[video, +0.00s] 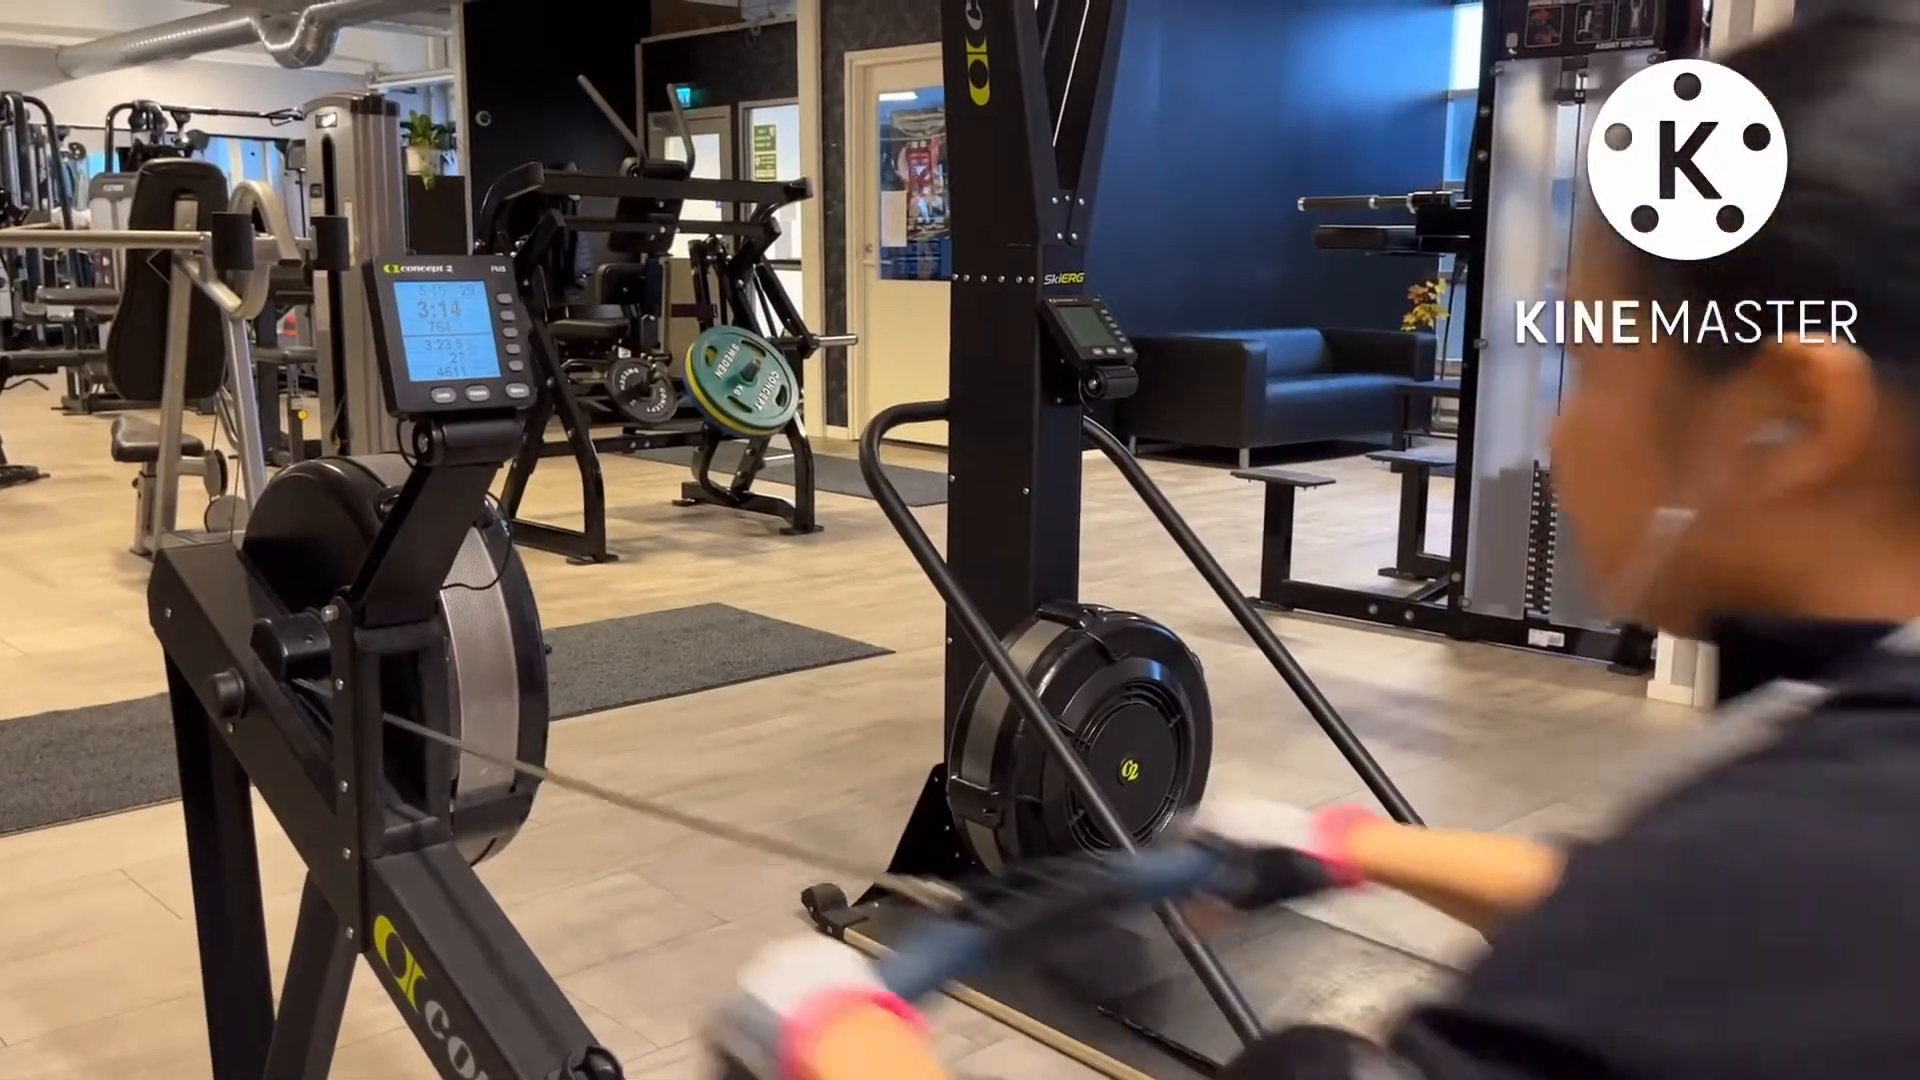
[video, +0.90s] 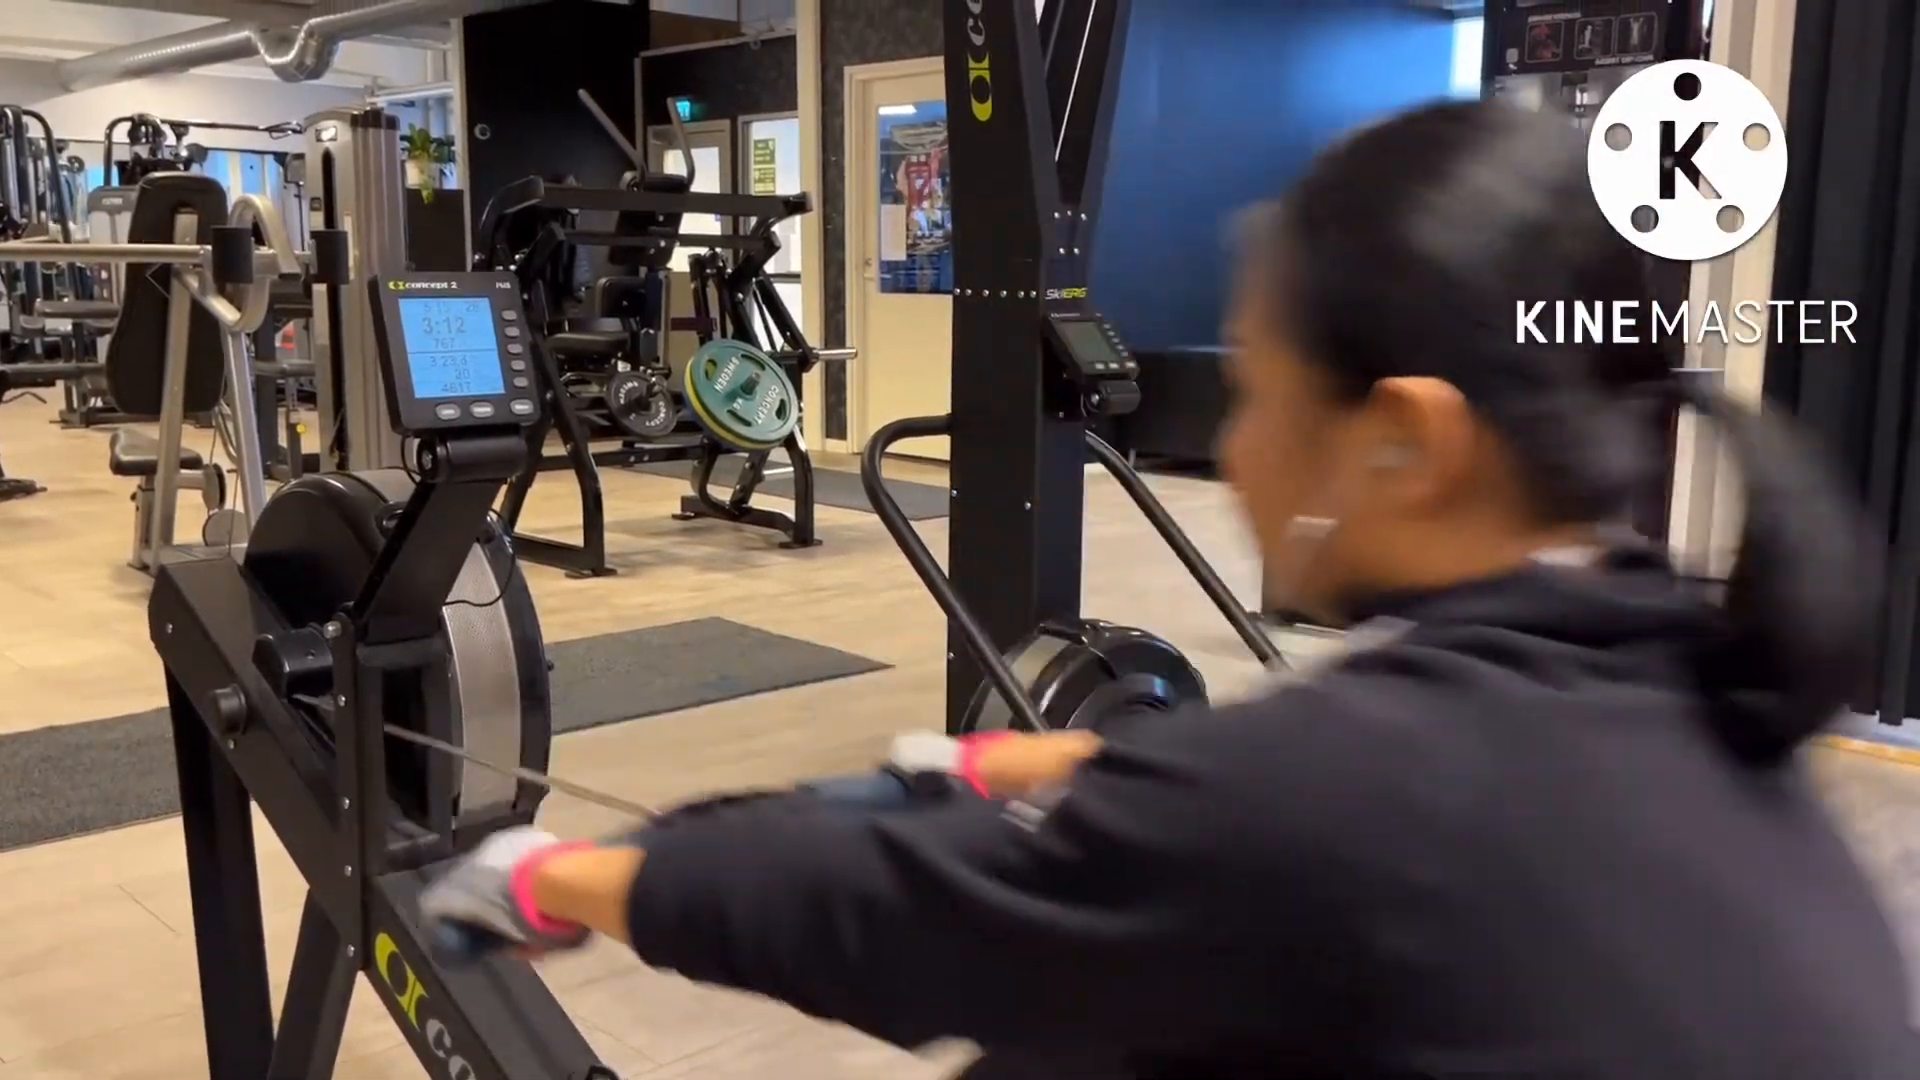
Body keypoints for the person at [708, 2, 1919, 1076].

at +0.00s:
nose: (1555, 428)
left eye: (1592, 349)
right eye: (1574, 350)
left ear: (1799, 422)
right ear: (1804, 430)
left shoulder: (1724, 904)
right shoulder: (1863, 739)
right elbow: (1732, 895)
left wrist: (886, 1071)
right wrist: (1380, 851)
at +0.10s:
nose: (1393, 420)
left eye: (1420, 363)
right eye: (1406, 361)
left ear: (1589, 416)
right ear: (1816, 394)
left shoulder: (1581, 818)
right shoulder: (1867, 673)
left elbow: (1078, 1061)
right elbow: (1605, 783)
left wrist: (738, 973)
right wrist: (1285, 792)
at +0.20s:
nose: (1242, 402)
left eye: (1268, 355)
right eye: (1255, 349)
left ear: (1406, 418)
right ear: (1624, 407)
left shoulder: (1350, 778)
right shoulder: (1725, 678)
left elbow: (904, 1000)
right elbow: (1487, 727)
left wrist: (622, 901)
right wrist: (1199, 745)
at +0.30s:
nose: (1114, 404)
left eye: (1138, 361)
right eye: (1128, 355)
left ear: (1259, 415)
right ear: (1464, 388)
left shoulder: (1179, 742)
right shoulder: (1545, 622)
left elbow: (787, 924)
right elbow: (1288, 694)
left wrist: (520, 842)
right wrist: (1027, 714)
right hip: (1694, 1040)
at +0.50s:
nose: (958, 400)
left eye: (976, 363)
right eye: (970, 359)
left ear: (1072, 423)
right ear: (1266, 393)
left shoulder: (996, 677)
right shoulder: (1357, 589)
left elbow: (659, 794)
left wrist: (427, 775)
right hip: (1535, 1045)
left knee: (854, 971)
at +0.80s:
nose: (1068, 435)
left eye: (1089, 393)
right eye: (1075, 389)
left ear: (1217, 439)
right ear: (1401, 421)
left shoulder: (1140, 720)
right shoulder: (1509, 626)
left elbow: (806, 814)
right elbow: (1270, 689)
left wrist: (524, 809)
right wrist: (994, 692)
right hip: (1678, 1042)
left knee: (944, 1029)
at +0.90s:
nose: (1228, 455)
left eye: (1253, 403)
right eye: (1234, 401)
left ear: (1412, 446)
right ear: (1608, 428)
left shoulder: (1317, 789)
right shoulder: (1722, 718)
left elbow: (910, 895)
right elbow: (1422, 801)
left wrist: (623, 880)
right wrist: (1113, 775)